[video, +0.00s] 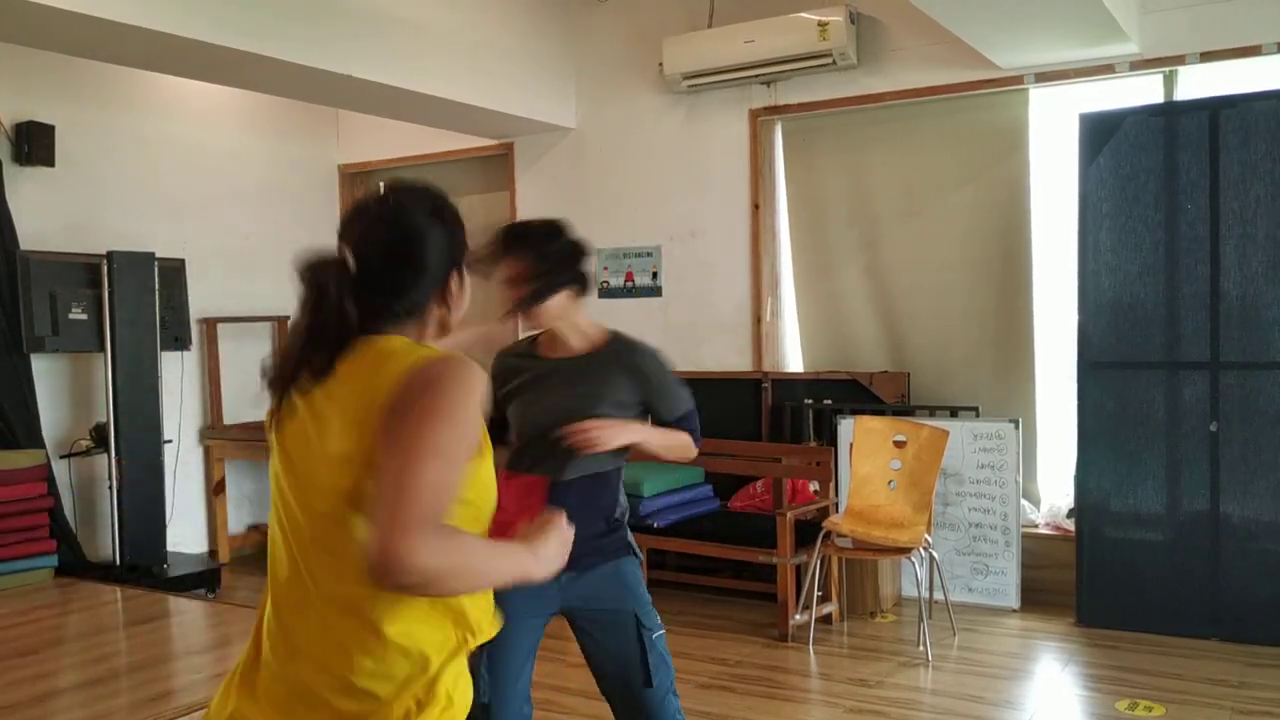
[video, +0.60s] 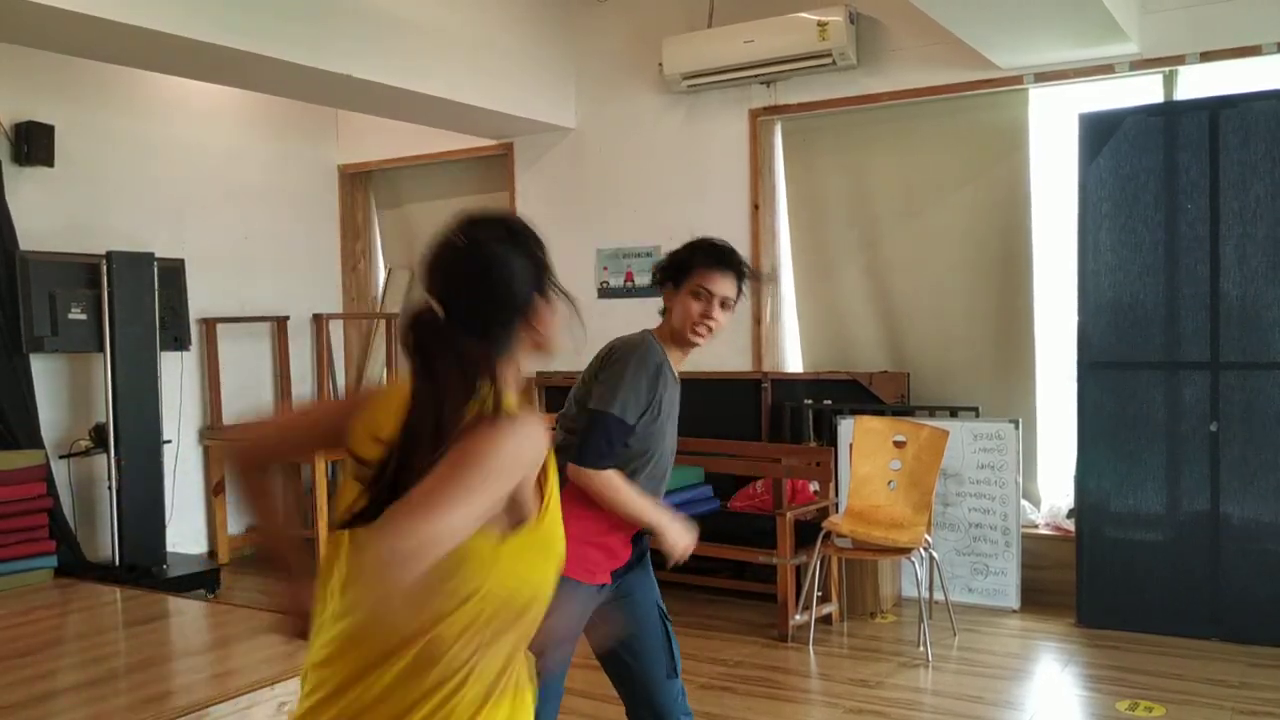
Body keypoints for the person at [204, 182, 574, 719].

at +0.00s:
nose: (466, 287)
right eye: (466, 273)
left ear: (359, 274)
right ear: (452, 288)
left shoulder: (310, 366)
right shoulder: (446, 378)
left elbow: (404, 363)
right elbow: (403, 553)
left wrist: (499, 331)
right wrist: (533, 557)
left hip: (273, 685)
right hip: (395, 699)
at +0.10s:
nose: (477, 268)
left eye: (472, 250)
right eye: (474, 253)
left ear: (361, 270)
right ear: (453, 275)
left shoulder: (448, 347)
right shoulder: (393, 384)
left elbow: (609, 332)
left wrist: (698, 259)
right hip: (376, 703)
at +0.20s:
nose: (697, 346)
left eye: (702, 338)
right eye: (702, 337)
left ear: (655, 305)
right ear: (697, 332)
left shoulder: (633, 367)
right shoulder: (620, 355)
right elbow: (544, 418)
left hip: (612, 565)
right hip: (557, 566)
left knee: (655, 704)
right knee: (530, 706)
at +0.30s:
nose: (715, 369)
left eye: (725, 358)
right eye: (725, 355)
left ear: (691, 324)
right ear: (715, 336)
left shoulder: (649, 374)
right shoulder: (630, 359)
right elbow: (570, 458)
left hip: (606, 570)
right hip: (560, 568)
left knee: (656, 706)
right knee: (533, 706)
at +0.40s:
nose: (735, 364)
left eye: (743, 353)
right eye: (740, 348)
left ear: (713, 328)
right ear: (714, 325)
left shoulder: (655, 371)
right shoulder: (636, 358)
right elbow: (590, 447)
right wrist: (715, 460)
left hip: (611, 572)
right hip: (564, 570)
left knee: (657, 703)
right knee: (529, 702)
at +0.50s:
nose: (734, 339)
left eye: (742, 331)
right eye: (729, 321)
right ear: (689, 305)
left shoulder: (660, 369)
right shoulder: (638, 357)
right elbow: (612, 460)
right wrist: (711, 469)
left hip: (619, 560)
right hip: (565, 562)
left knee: (657, 702)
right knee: (526, 698)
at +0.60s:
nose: (710, 314)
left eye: (724, 305)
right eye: (700, 295)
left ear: (730, 314)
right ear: (669, 293)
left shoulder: (663, 369)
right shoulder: (636, 358)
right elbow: (587, 465)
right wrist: (664, 521)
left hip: (622, 559)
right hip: (570, 561)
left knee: (663, 703)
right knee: (536, 703)